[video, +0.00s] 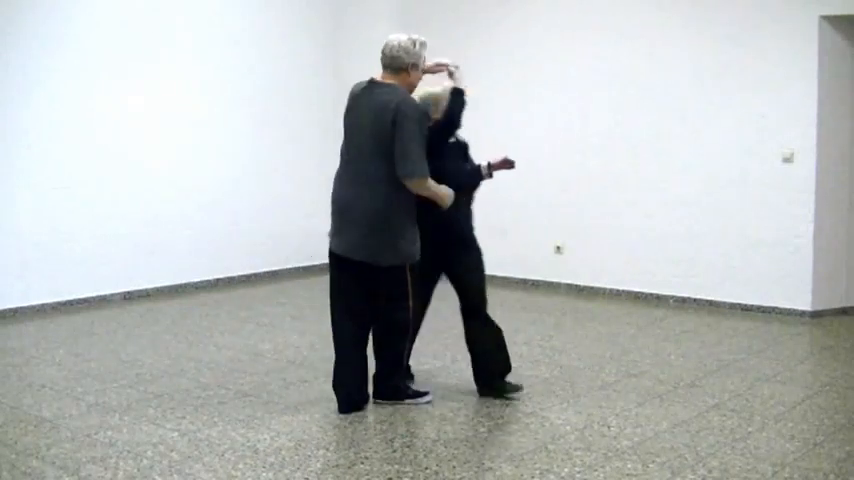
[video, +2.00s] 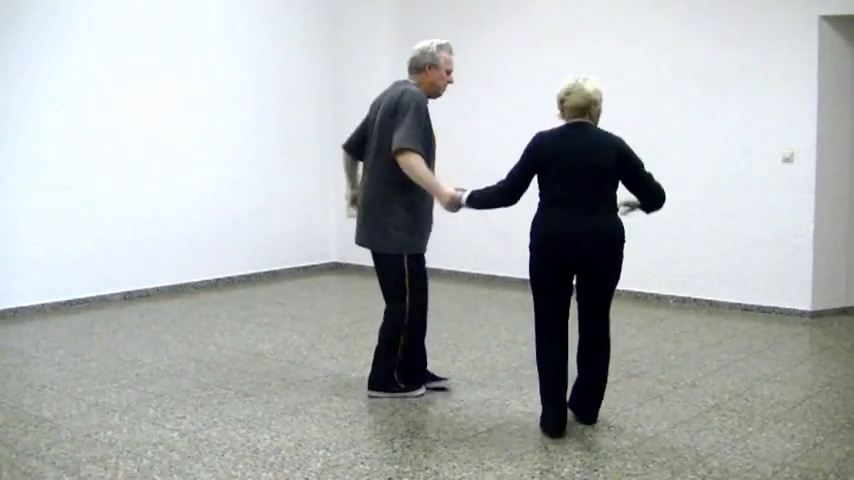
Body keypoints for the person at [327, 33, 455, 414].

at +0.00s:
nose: (421, 74)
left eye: (422, 68)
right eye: (420, 68)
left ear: (382, 65)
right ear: (413, 70)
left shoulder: (358, 94)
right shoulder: (407, 107)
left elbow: (386, 87)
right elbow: (412, 175)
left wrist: (419, 74)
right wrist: (438, 192)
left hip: (346, 224)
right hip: (388, 227)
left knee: (348, 315)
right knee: (394, 311)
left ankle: (349, 396)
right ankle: (391, 386)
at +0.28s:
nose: (435, 73)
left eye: (434, 67)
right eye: (432, 67)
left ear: (399, 67)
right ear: (414, 69)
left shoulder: (378, 89)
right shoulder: (402, 105)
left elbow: (431, 83)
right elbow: (415, 175)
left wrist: (469, 64)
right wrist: (460, 184)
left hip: (367, 213)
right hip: (392, 220)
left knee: (381, 292)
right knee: (406, 299)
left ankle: (349, 358)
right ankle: (390, 385)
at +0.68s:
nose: (440, 76)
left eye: (441, 68)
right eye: (436, 69)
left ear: (420, 67)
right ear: (411, 69)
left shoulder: (420, 100)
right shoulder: (387, 107)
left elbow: (454, 120)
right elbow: (417, 171)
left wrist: (501, 108)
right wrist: (476, 180)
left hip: (415, 227)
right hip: (388, 232)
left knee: (433, 284)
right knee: (399, 308)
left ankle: (388, 344)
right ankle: (395, 384)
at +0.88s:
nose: (447, 72)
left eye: (447, 65)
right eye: (441, 65)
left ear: (424, 67)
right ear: (416, 66)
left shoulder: (432, 102)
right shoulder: (388, 105)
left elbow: (445, 152)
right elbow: (398, 171)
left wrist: (488, 161)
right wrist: (452, 191)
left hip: (425, 230)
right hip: (392, 234)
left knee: (431, 304)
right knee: (397, 311)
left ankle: (420, 371)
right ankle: (394, 383)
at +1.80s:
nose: (454, 73)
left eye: (455, 66)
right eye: (450, 66)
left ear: (431, 66)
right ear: (427, 65)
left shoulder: (420, 99)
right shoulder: (404, 95)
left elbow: (416, 151)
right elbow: (393, 144)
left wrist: (445, 167)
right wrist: (441, 161)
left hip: (413, 218)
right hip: (402, 220)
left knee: (428, 289)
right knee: (433, 287)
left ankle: (406, 364)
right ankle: (411, 370)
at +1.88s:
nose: (453, 75)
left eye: (454, 68)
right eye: (449, 67)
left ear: (428, 68)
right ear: (428, 67)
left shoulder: (413, 97)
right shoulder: (407, 96)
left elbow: (390, 149)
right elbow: (391, 145)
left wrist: (430, 179)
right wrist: (433, 177)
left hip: (408, 219)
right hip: (400, 221)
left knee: (423, 290)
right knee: (421, 292)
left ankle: (409, 369)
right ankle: (401, 373)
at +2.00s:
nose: (451, 79)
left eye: (451, 72)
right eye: (447, 71)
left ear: (420, 71)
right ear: (426, 69)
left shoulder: (390, 96)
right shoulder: (412, 99)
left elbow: (352, 148)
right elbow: (405, 154)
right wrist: (441, 192)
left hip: (387, 223)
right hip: (397, 225)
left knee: (412, 301)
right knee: (403, 304)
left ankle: (414, 372)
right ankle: (385, 380)